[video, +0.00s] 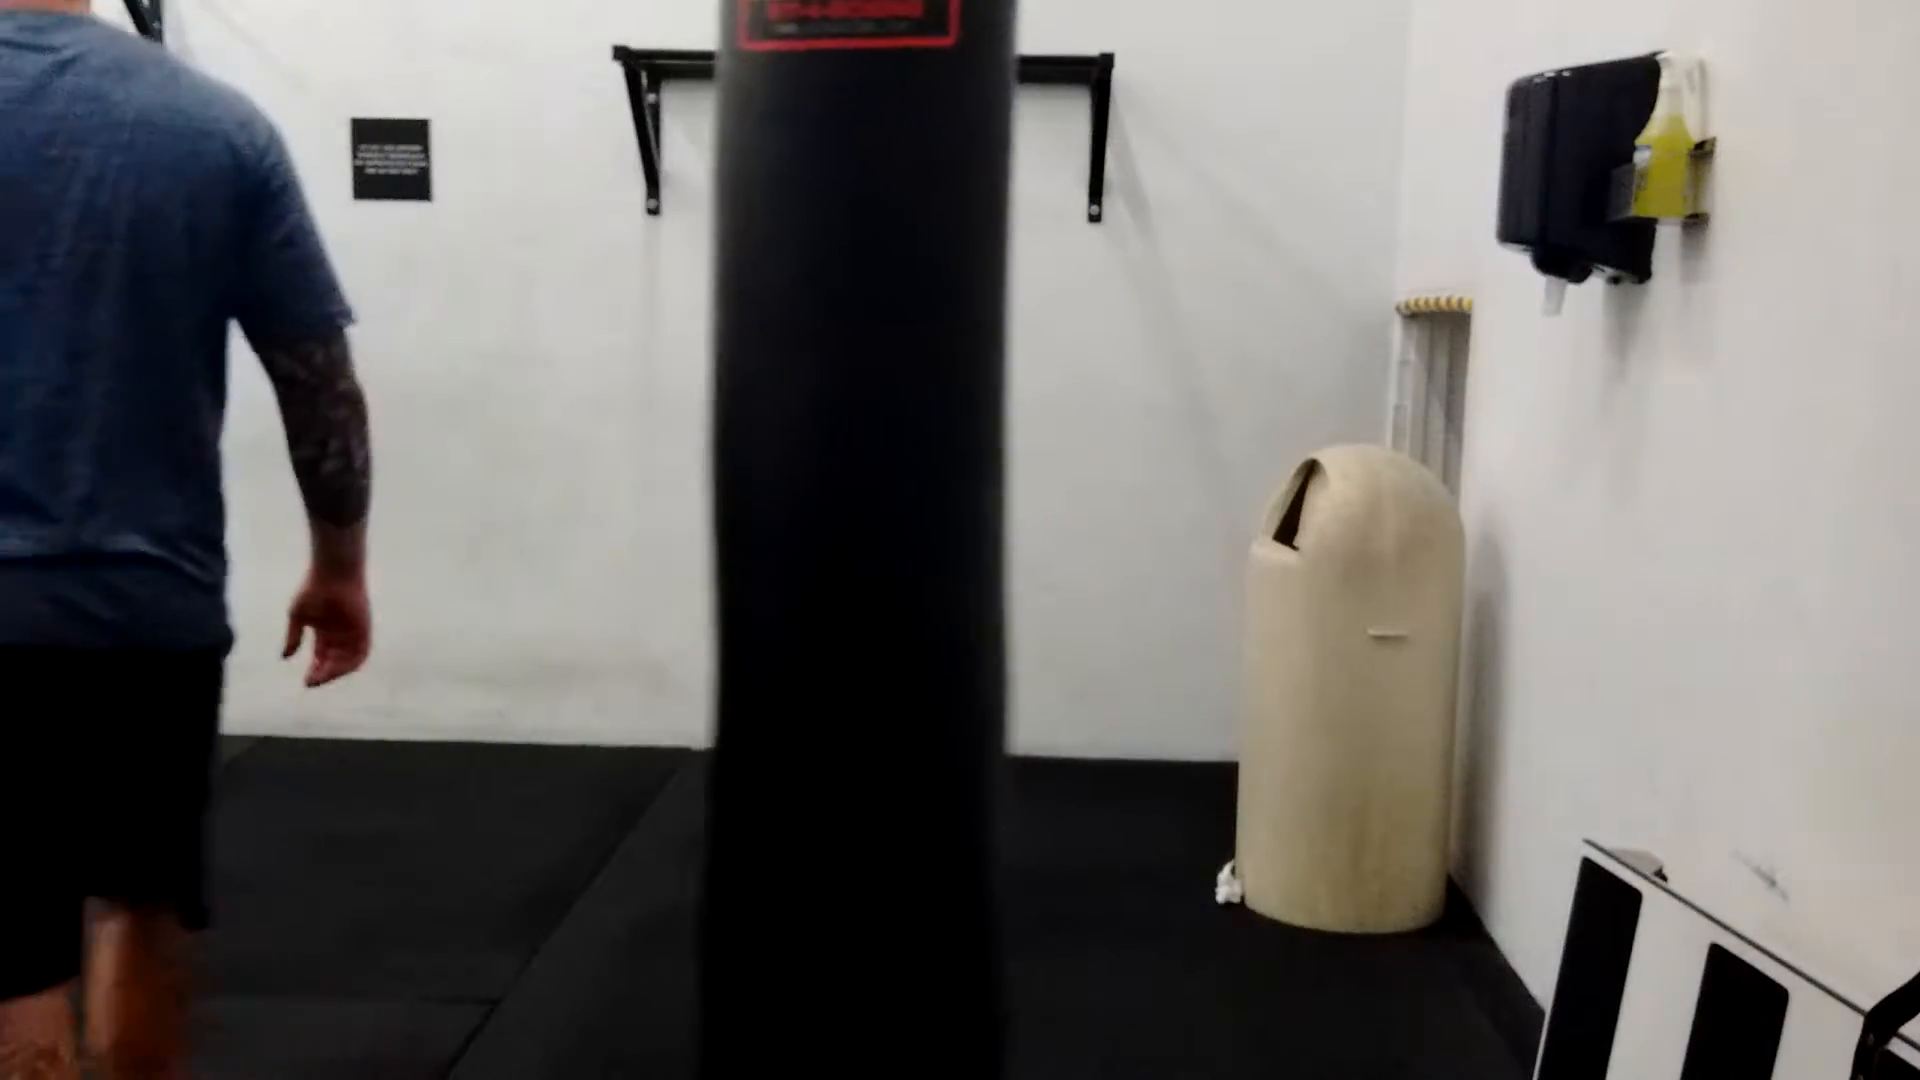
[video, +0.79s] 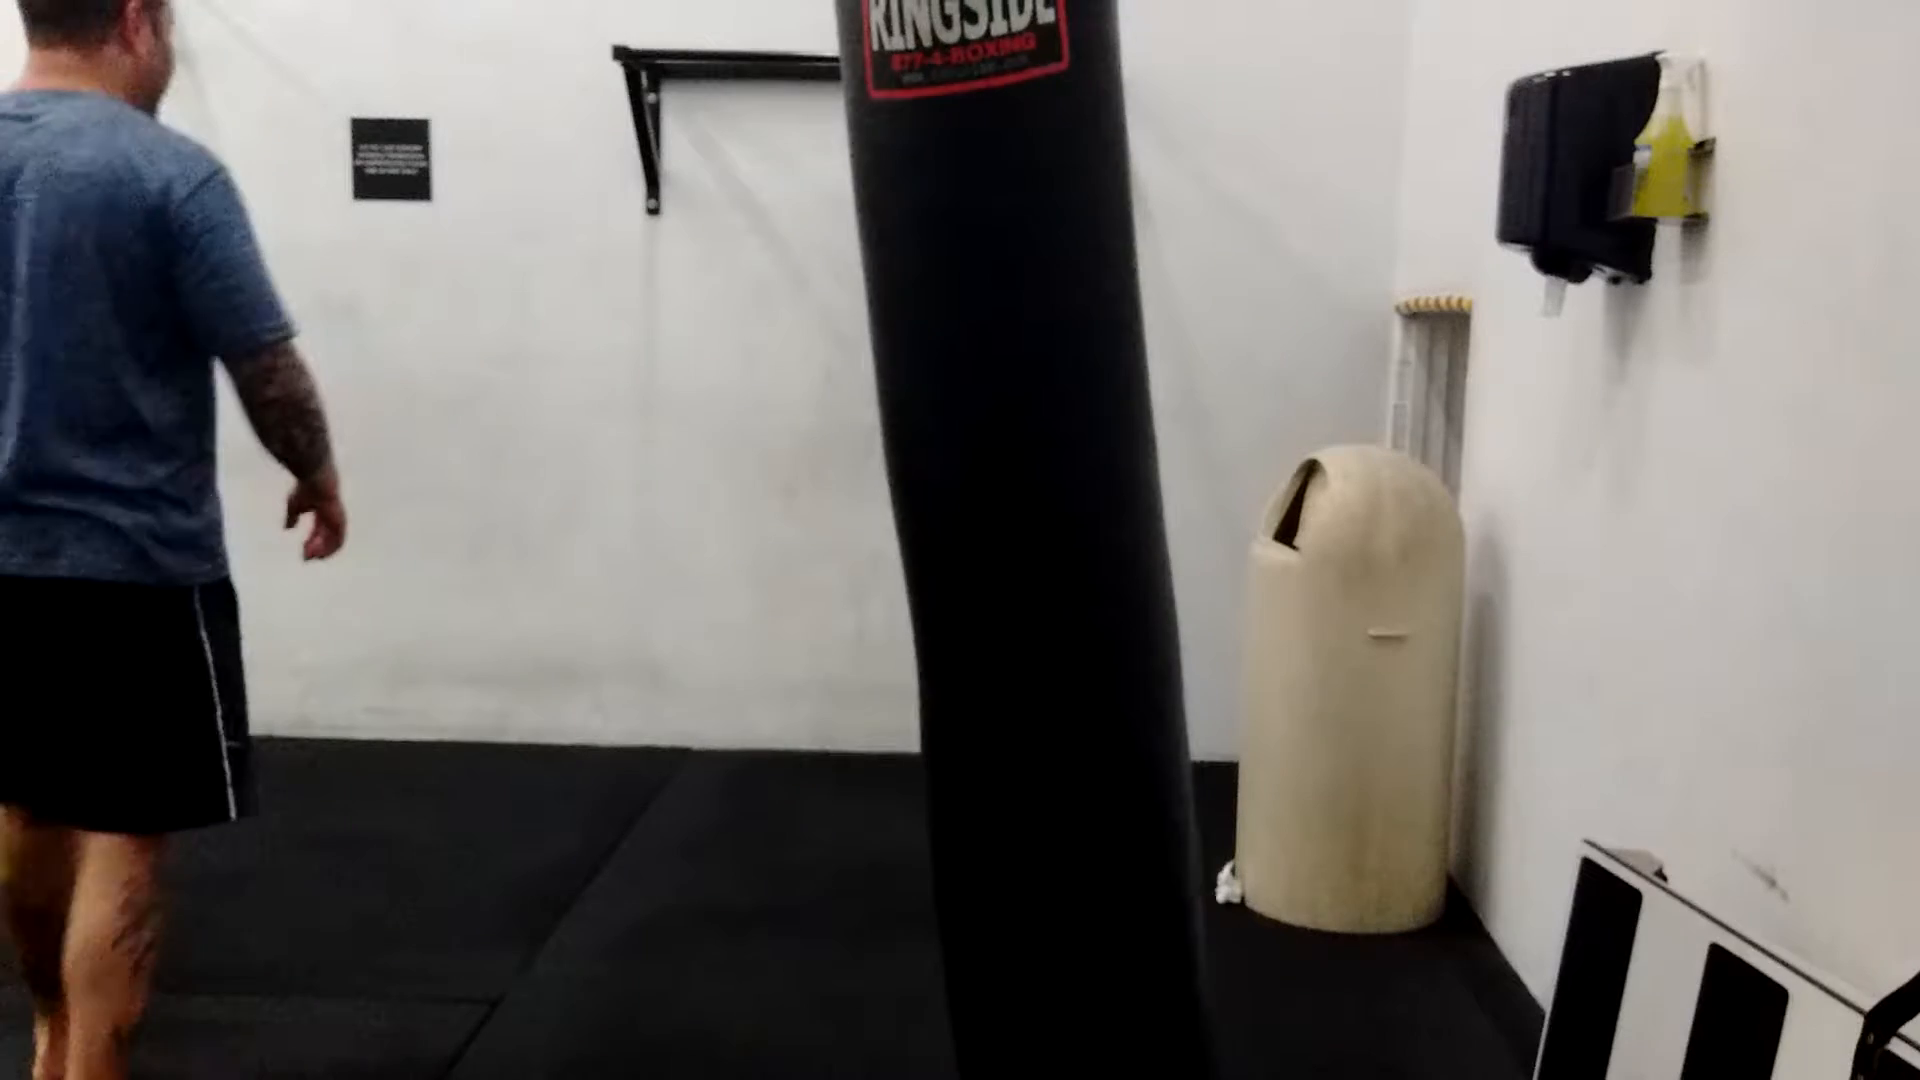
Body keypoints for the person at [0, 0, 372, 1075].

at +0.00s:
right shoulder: (210, 126)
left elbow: (317, 376)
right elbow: (319, 377)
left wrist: (334, 564)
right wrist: (337, 564)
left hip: (14, 598)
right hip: (151, 606)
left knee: (22, 977)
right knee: (143, 915)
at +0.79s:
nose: (171, 53)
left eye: (172, 33)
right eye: (169, 30)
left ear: (36, 28)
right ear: (134, 23)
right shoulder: (169, 171)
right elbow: (269, 370)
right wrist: (315, 474)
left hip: (6, 547)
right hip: (136, 557)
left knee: (28, 811)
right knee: (125, 834)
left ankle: (53, 1035)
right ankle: (87, 1064)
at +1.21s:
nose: (223, 54)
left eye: (218, 31)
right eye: (206, 31)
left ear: (126, 40)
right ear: (138, 37)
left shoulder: (24, 155)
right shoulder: (149, 182)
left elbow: (23, 356)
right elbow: (190, 383)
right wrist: (277, 552)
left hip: (46, 527)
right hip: (176, 539)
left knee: (78, 758)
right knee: (249, 742)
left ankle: (69, 1018)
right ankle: (245, 973)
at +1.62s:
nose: (276, 54)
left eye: (283, 34)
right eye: (249, 32)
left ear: (292, 45)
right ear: (182, 45)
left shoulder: (237, 167)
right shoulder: (167, 178)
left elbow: (241, 351)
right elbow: (168, 374)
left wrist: (304, 501)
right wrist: (272, 526)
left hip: (284, 508)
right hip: (207, 521)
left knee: (352, 667)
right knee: (233, 739)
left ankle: (219, 871)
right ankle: (238, 978)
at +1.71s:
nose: (290, 55)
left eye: (300, 37)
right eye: (264, 34)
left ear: (311, 53)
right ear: (201, 50)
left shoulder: (277, 175)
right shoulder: (168, 181)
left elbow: (277, 347)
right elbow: (158, 368)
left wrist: (329, 497)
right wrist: (266, 512)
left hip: (317, 510)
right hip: (215, 525)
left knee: (384, 676)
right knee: (231, 740)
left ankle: (324, 889)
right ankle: (235, 974)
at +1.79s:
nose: (301, 63)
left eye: (313, 42)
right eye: (274, 40)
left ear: (326, 54)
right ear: (218, 53)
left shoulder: (317, 183)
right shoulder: (174, 191)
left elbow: (331, 325)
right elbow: (157, 369)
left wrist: (379, 423)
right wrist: (251, 514)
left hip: (347, 517)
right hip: (231, 530)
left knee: (385, 709)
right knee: (228, 751)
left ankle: (419, 907)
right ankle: (236, 976)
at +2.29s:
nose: (395, 74)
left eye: (413, 61)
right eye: (376, 56)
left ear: (435, 85)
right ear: (336, 71)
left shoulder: (484, 213)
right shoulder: (271, 195)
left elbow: (551, 329)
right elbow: (212, 343)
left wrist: (543, 364)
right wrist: (171, 484)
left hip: (434, 510)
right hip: (299, 504)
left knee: (424, 712)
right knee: (270, 718)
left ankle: (434, 911)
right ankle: (278, 914)